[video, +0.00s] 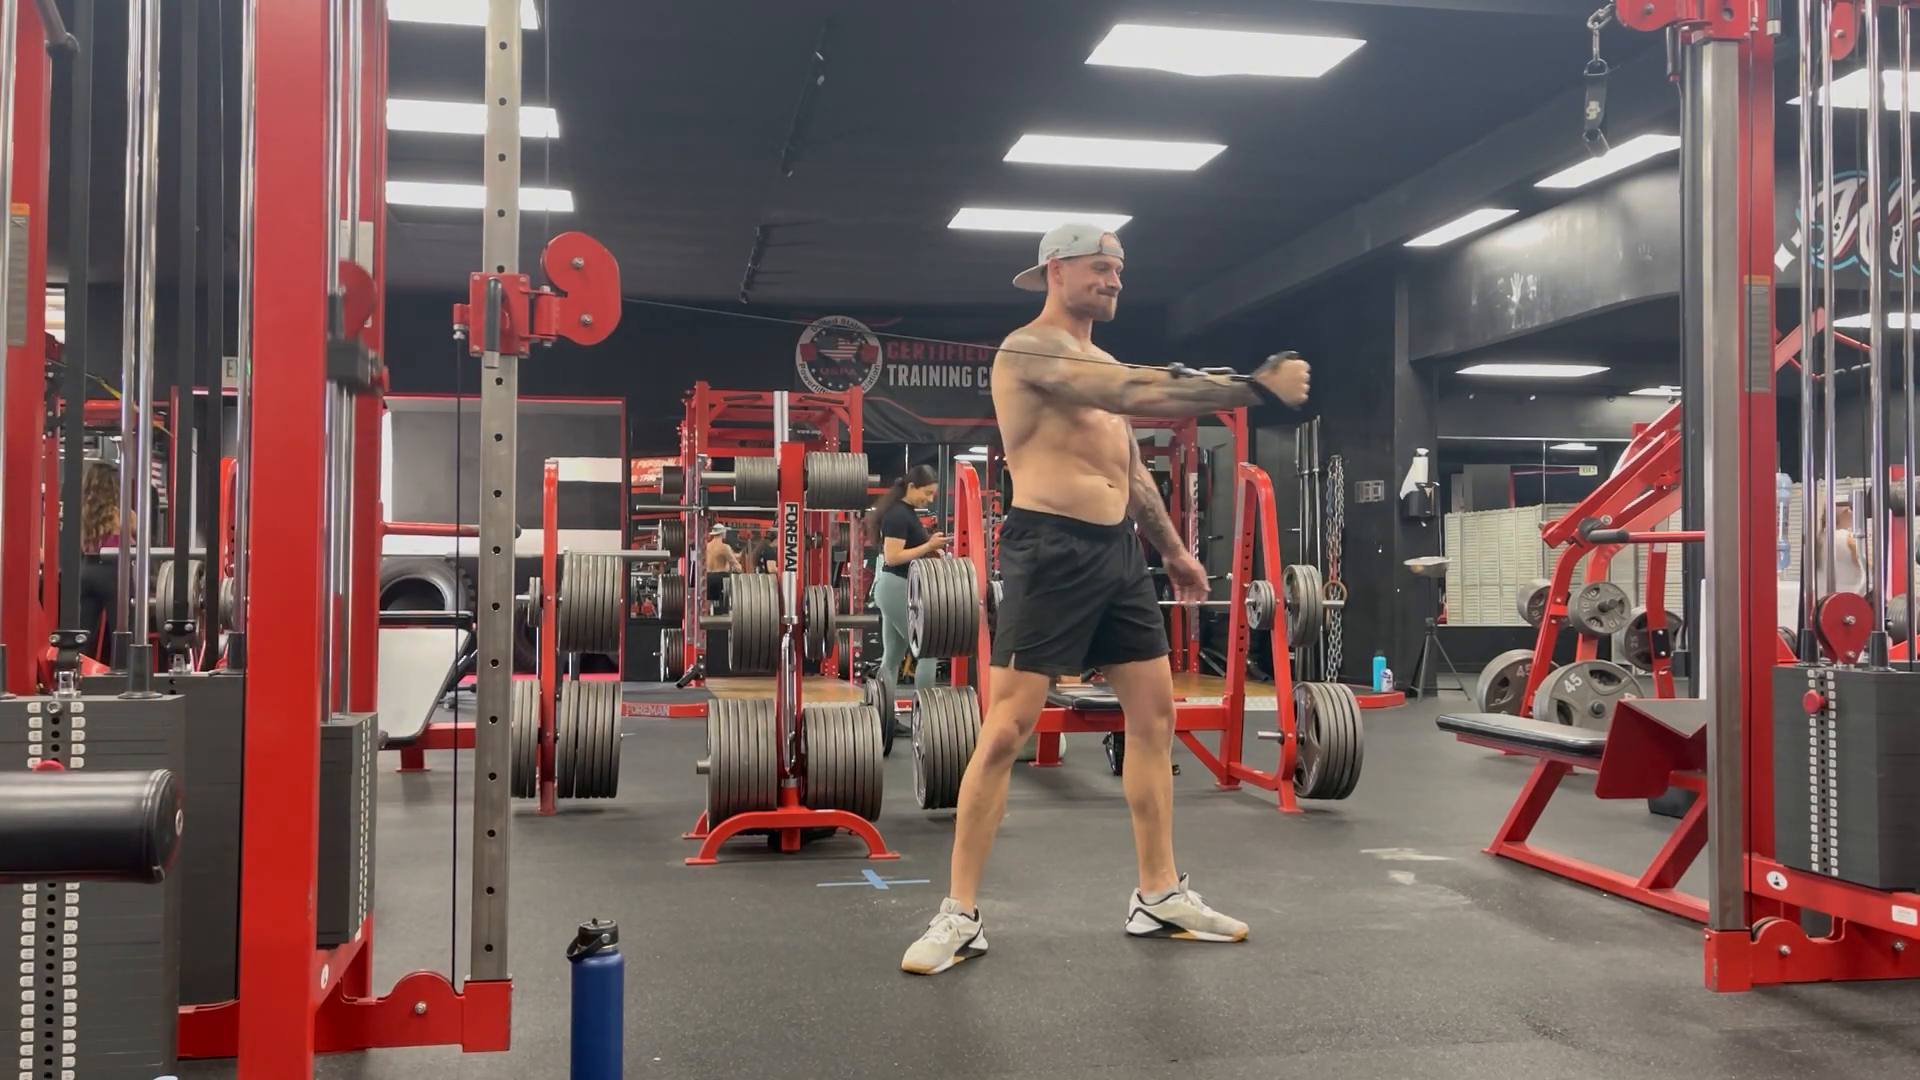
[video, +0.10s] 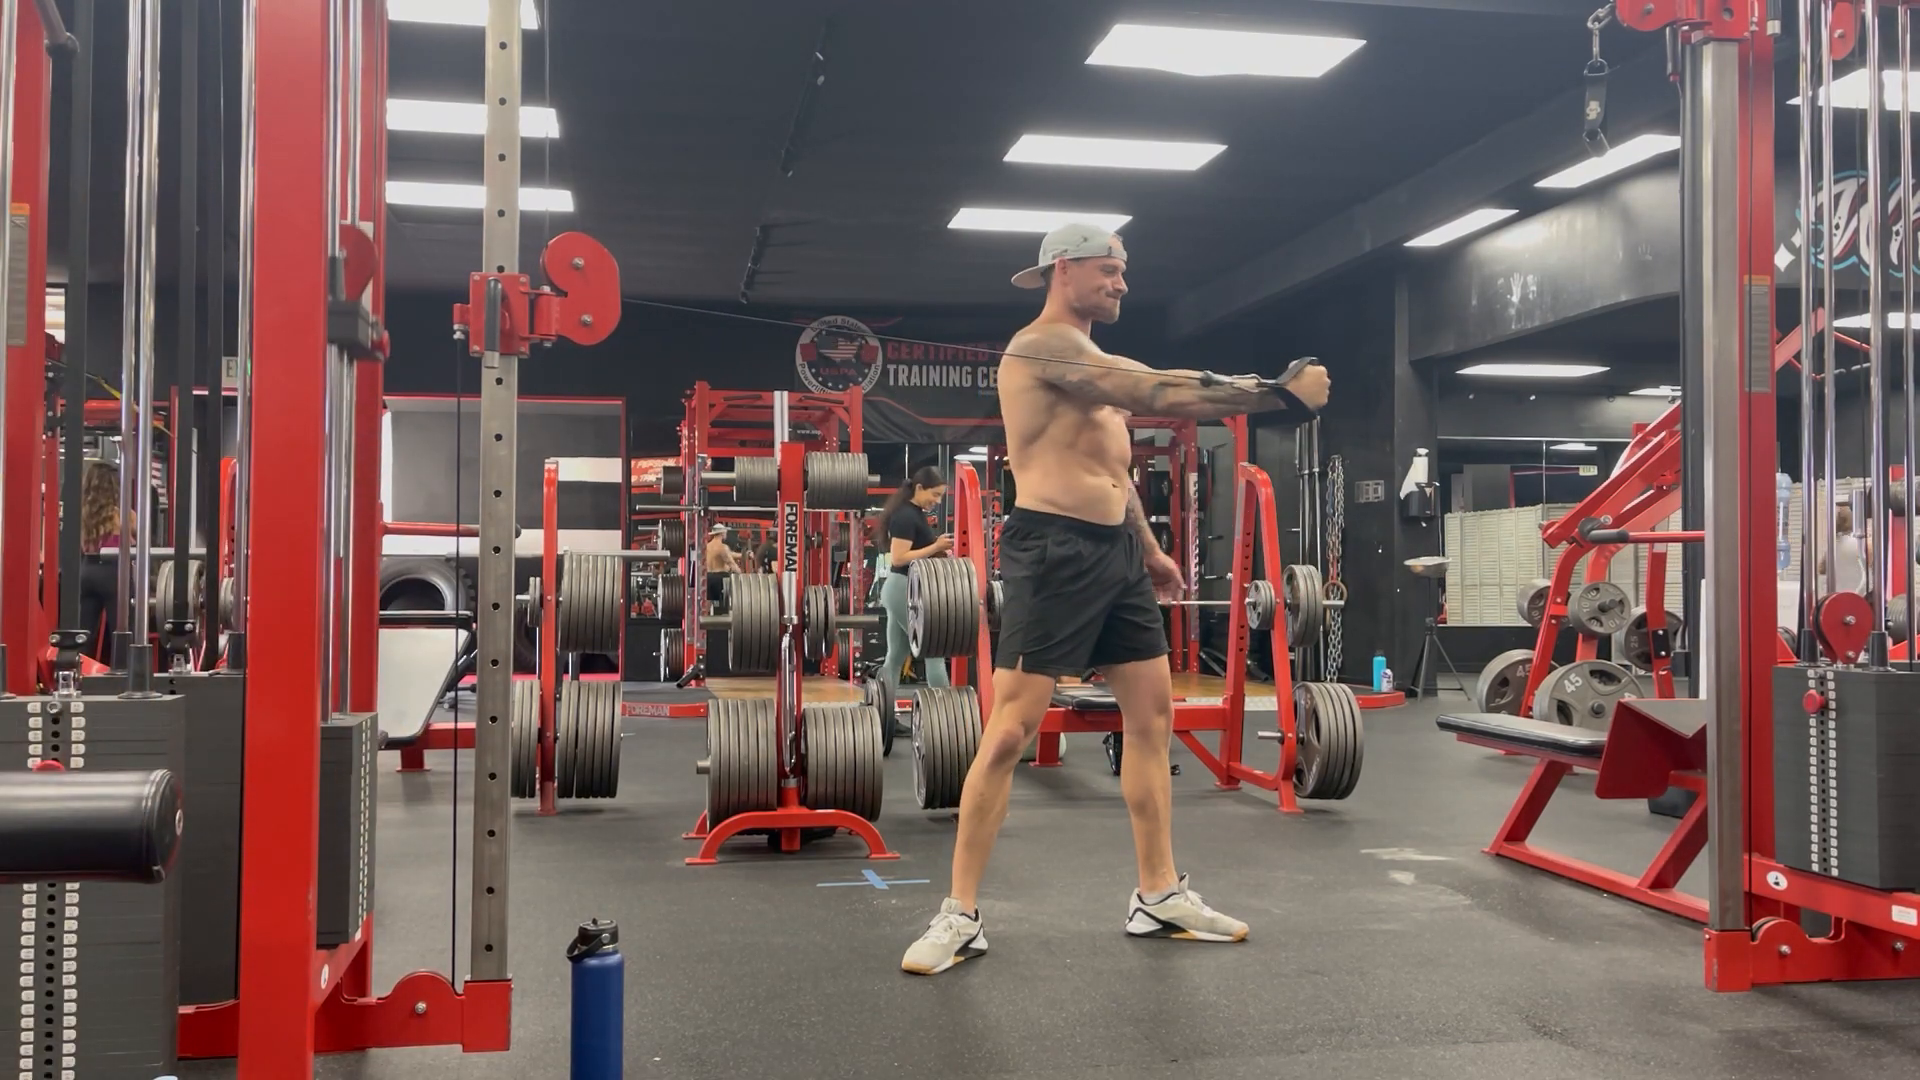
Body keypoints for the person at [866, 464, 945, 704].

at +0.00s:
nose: (931, 499)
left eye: (933, 494)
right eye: (928, 493)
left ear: (913, 488)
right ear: (912, 487)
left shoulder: (906, 511)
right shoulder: (898, 513)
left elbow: (904, 551)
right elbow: (892, 557)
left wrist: (929, 549)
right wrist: (928, 546)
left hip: (897, 583)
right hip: (896, 584)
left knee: (893, 653)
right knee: (928, 648)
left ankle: (882, 714)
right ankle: (926, 716)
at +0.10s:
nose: (937, 501)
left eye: (941, 496)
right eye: (935, 494)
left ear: (920, 490)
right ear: (919, 488)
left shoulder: (915, 513)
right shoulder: (905, 514)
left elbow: (912, 552)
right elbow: (898, 558)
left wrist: (937, 549)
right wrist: (934, 547)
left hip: (903, 582)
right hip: (903, 584)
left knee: (897, 652)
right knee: (933, 648)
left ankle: (884, 712)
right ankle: (945, 715)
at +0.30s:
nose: (954, 500)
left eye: (956, 495)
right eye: (952, 494)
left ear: (943, 493)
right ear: (939, 491)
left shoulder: (940, 516)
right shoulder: (926, 518)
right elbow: (918, 560)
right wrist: (955, 550)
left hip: (947, 593)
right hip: (930, 594)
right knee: (919, 651)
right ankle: (887, 704)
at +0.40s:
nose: (964, 499)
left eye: (965, 494)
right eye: (960, 493)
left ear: (955, 493)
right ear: (949, 492)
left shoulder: (956, 515)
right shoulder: (938, 517)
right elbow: (928, 560)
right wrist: (961, 552)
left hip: (957, 590)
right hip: (943, 592)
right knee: (941, 655)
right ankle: (899, 706)